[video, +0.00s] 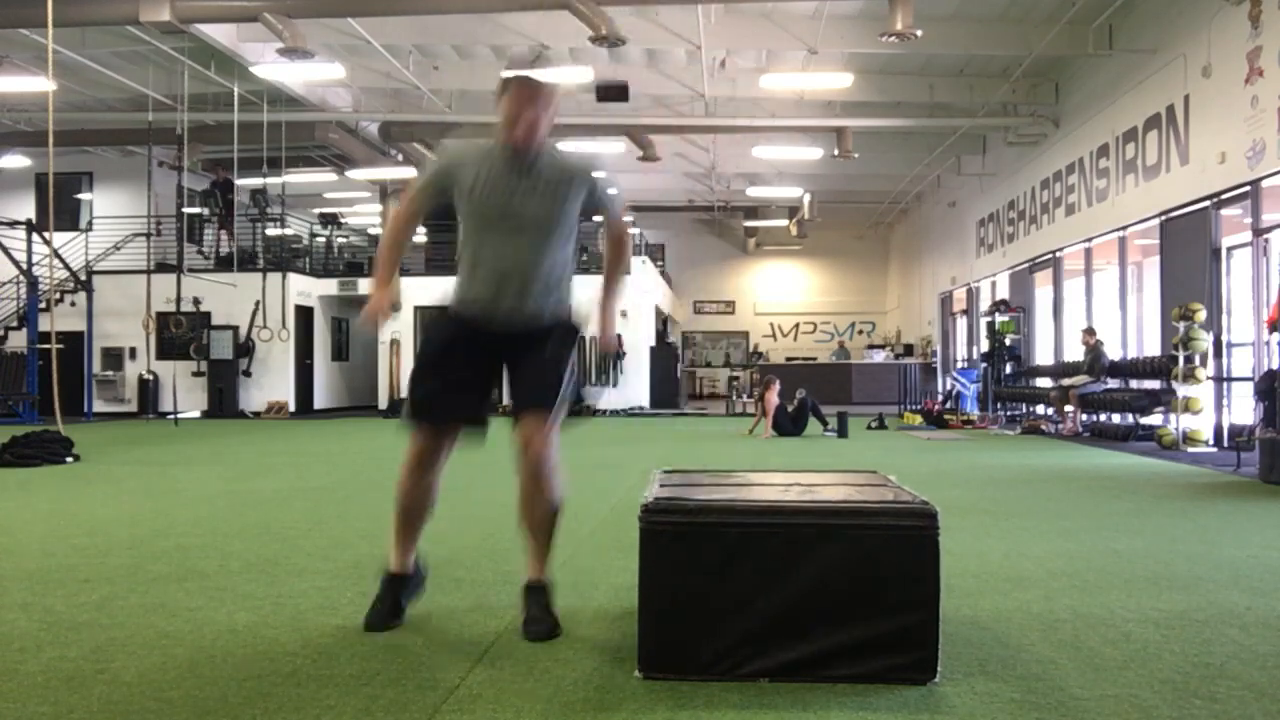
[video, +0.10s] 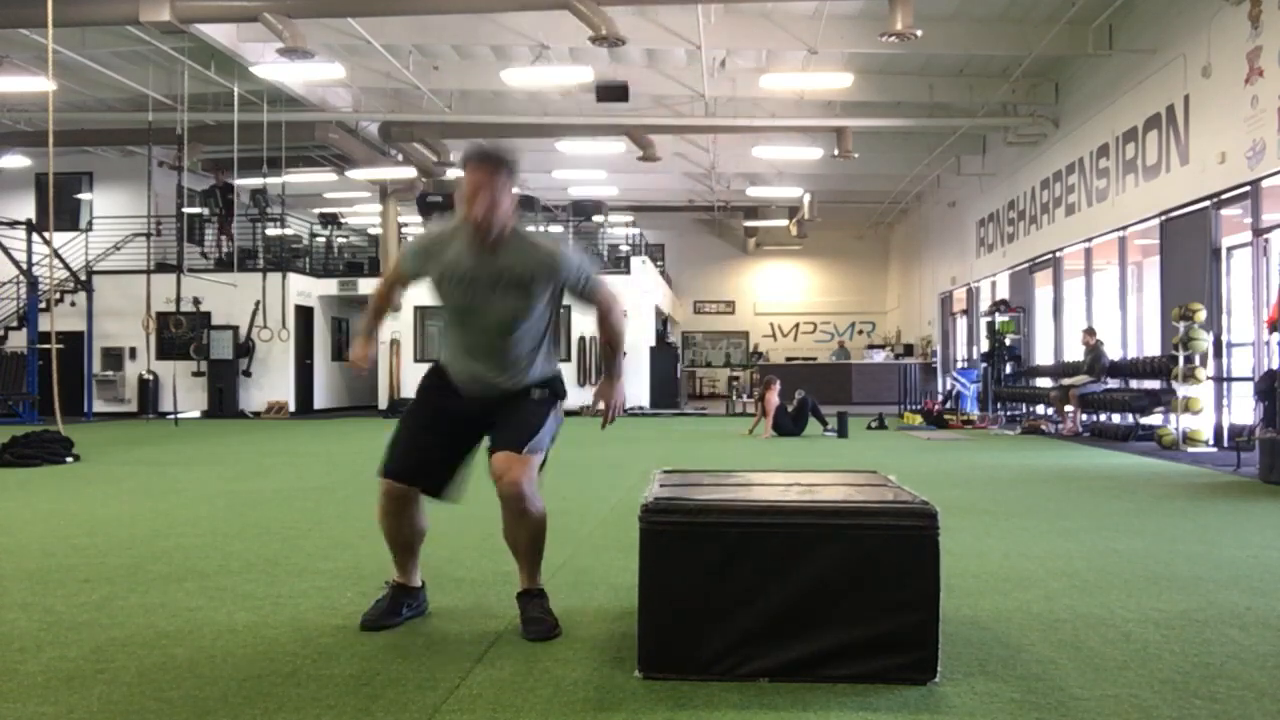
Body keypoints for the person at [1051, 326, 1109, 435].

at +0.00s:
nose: (1082, 340)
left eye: (1084, 337)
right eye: (1082, 336)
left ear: (1092, 338)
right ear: (1087, 338)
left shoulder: (1099, 353)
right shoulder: (1088, 351)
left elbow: (1095, 377)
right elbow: (1085, 372)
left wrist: (1073, 381)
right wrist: (1071, 380)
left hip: (1099, 382)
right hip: (1087, 379)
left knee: (1074, 393)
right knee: (1054, 395)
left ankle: (1076, 426)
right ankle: (1066, 424)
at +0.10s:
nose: (1083, 340)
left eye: (1085, 337)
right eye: (1083, 337)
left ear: (1093, 338)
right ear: (1086, 338)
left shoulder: (1100, 353)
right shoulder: (1088, 351)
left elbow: (1095, 377)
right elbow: (1085, 371)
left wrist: (1072, 381)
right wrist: (1071, 380)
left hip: (1098, 382)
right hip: (1086, 380)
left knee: (1074, 392)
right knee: (1055, 395)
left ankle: (1076, 426)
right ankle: (1066, 424)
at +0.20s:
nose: (1083, 340)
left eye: (1085, 337)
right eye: (1083, 337)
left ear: (1093, 338)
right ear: (1087, 338)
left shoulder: (1100, 354)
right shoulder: (1088, 351)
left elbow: (1095, 377)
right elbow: (1085, 372)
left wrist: (1073, 381)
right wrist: (1071, 380)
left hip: (1098, 382)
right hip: (1086, 380)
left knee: (1073, 393)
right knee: (1054, 395)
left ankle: (1076, 426)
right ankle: (1066, 424)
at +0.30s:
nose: (1083, 340)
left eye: (1085, 337)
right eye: (1083, 337)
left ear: (1093, 338)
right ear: (1087, 338)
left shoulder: (1100, 354)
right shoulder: (1088, 351)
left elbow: (1096, 377)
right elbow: (1085, 371)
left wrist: (1073, 381)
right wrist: (1071, 380)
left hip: (1098, 382)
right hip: (1086, 380)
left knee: (1073, 393)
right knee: (1054, 395)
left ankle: (1076, 426)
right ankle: (1066, 424)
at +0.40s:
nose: (1083, 340)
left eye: (1085, 337)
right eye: (1083, 337)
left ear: (1093, 338)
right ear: (1087, 338)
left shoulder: (1100, 353)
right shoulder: (1088, 351)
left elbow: (1096, 377)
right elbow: (1085, 371)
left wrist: (1073, 381)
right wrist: (1071, 380)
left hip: (1098, 382)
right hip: (1086, 380)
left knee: (1073, 393)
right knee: (1054, 395)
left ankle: (1076, 426)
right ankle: (1066, 424)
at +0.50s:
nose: (1083, 340)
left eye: (1085, 337)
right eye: (1083, 337)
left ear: (1093, 338)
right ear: (1087, 338)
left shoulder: (1100, 354)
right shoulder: (1088, 351)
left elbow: (1096, 377)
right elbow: (1085, 371)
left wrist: (1073, 381)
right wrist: (1071, 380)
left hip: (1098, 382)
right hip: (1086, 380)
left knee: (1073, 392)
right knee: (1054, 395)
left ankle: (1076, 426)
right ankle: (1066, 424)